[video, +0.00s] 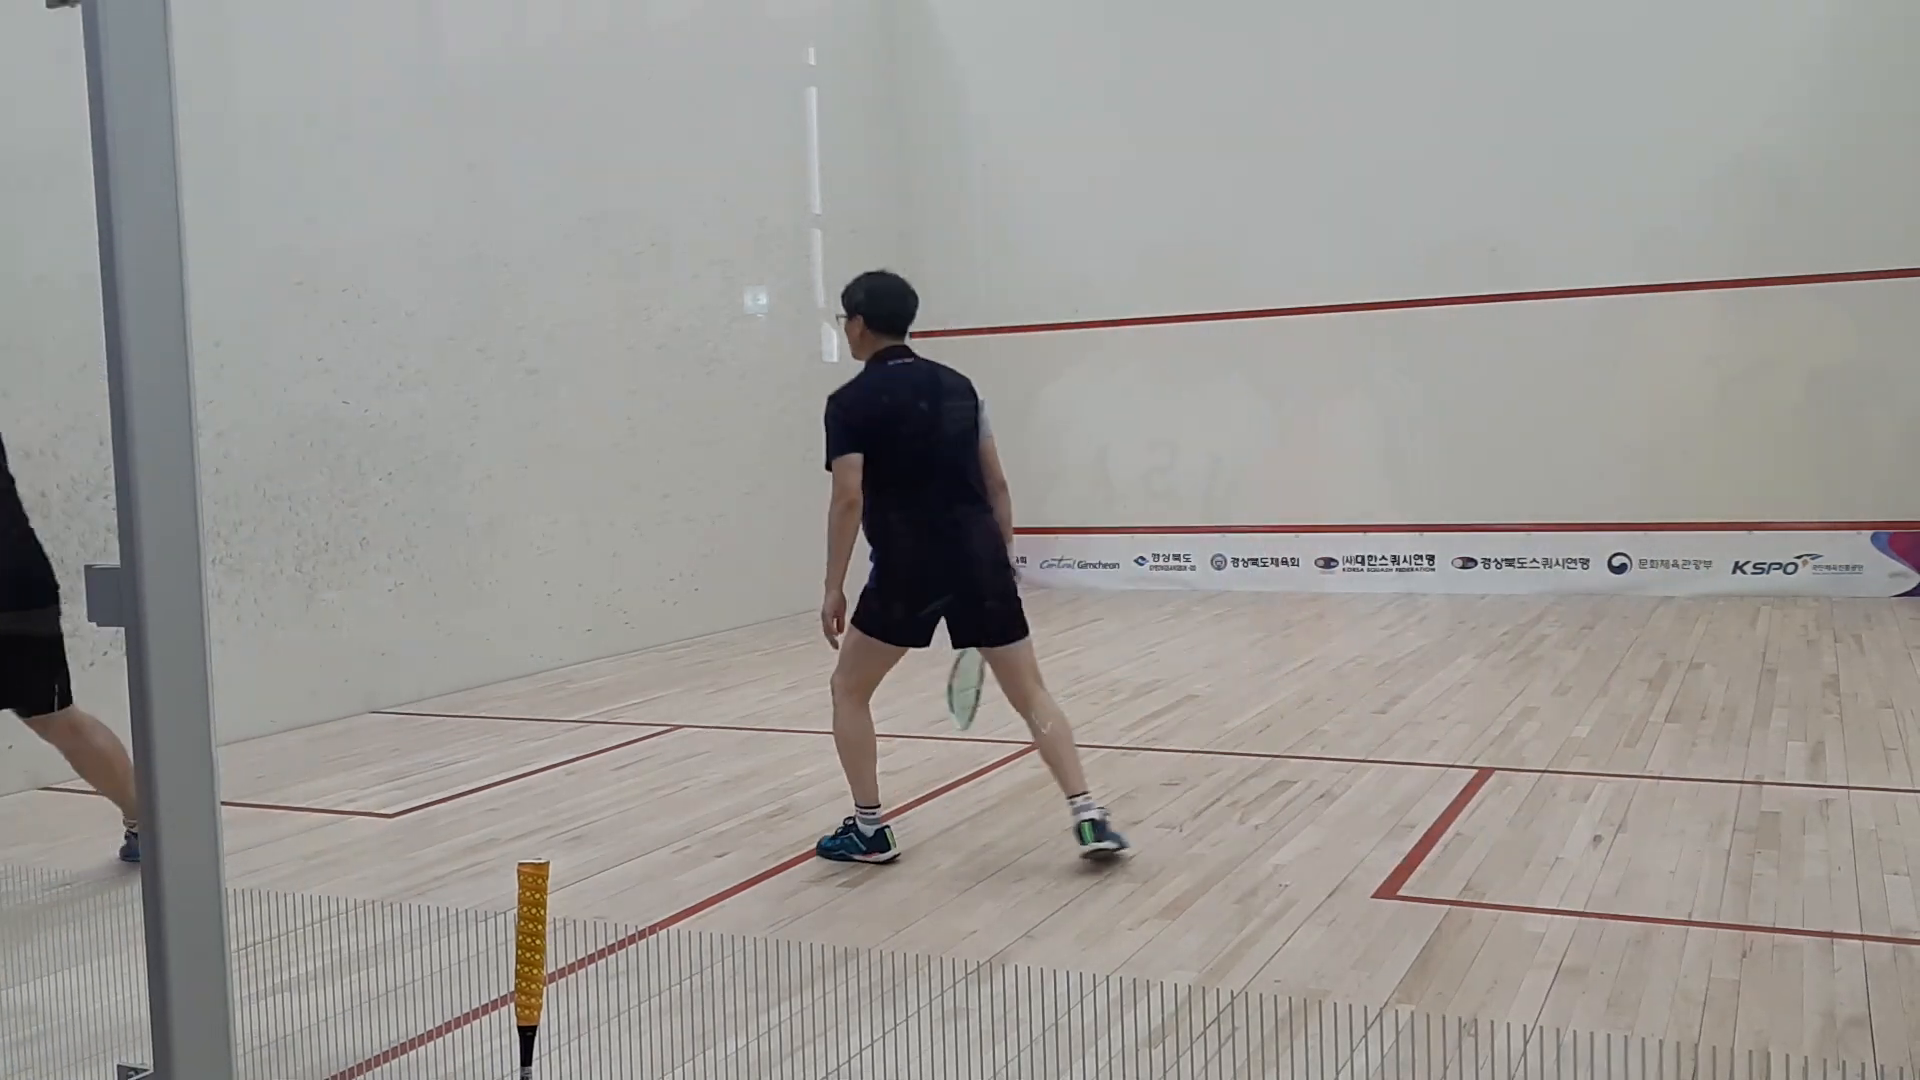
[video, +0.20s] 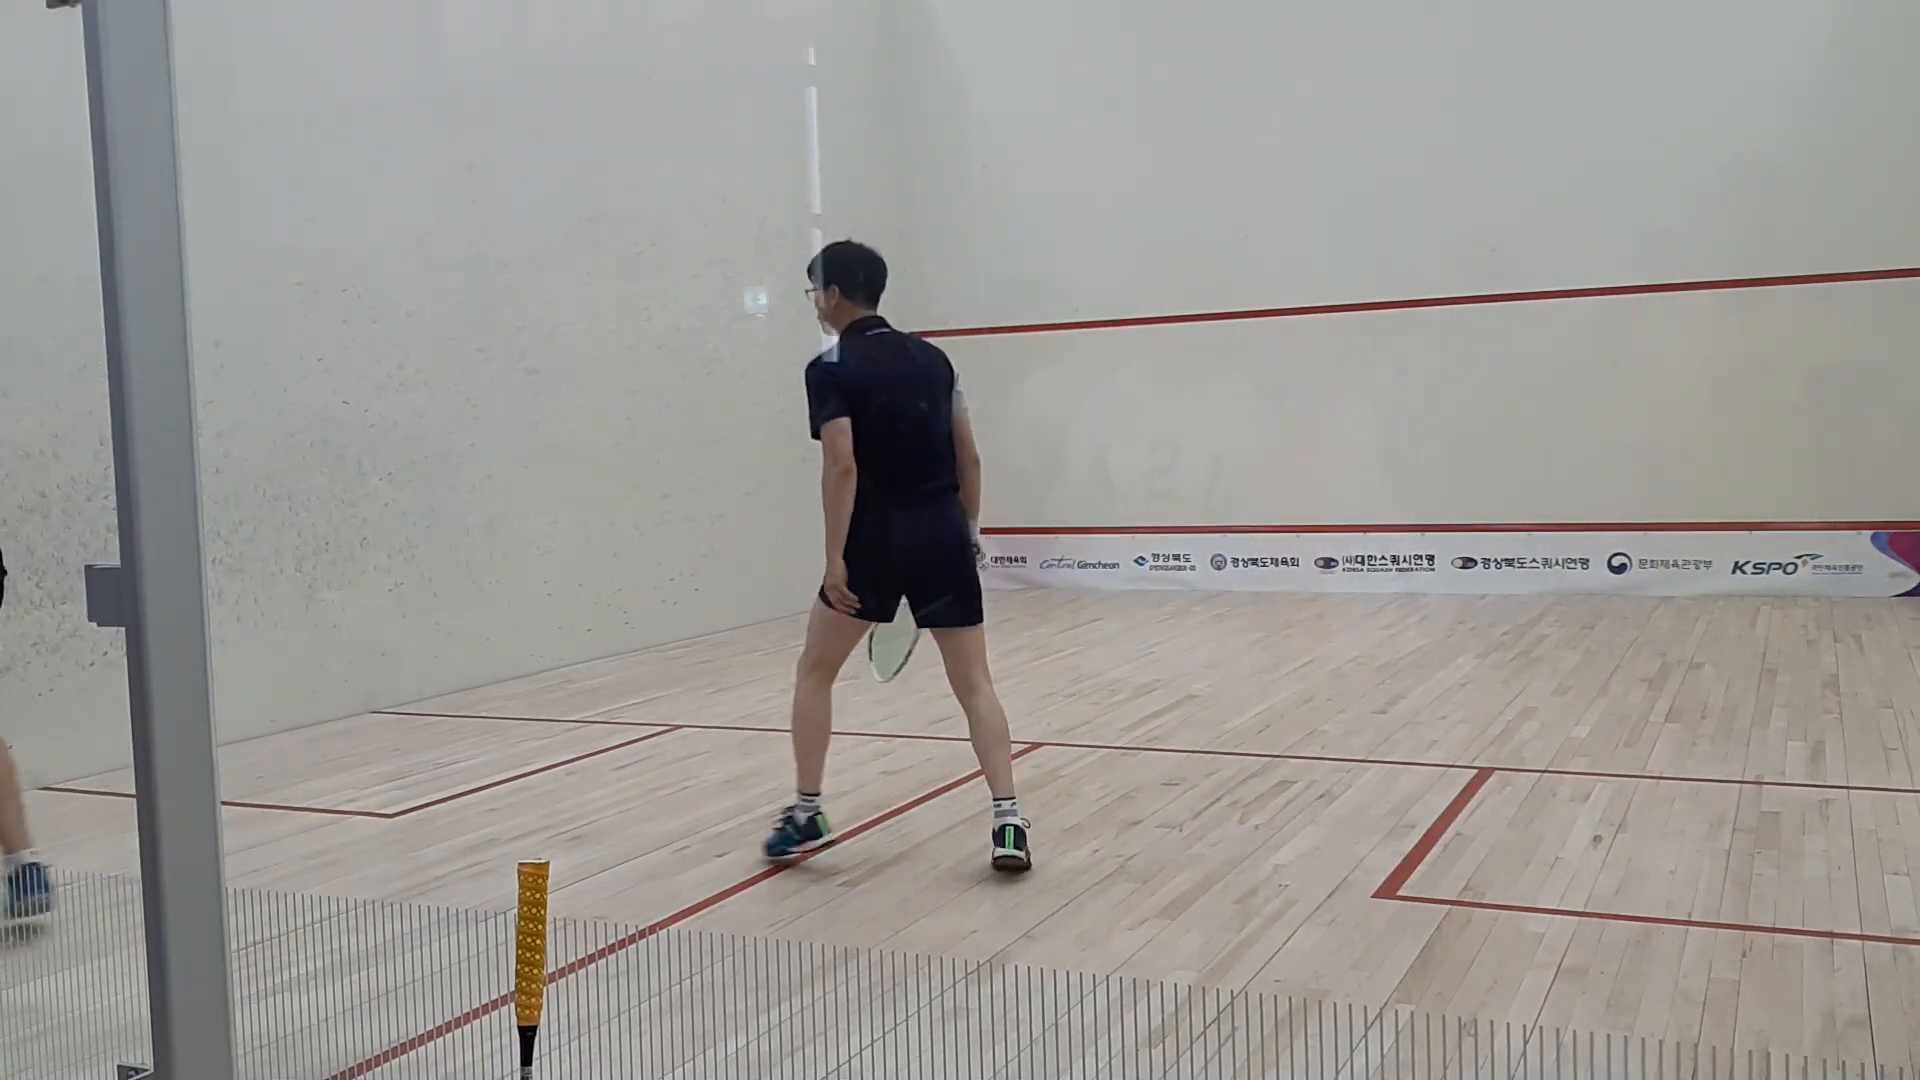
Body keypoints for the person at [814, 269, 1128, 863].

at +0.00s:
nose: (844, 329)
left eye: (846, 320)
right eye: (846, 320)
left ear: (860, 326)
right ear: (905, 323)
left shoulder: (850, 402)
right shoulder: (955, 384)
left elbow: (848, 498)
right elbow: (994, 482)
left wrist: (834, 586)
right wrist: (1000, 557)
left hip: (907, 574)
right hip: (982, 563)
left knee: (850, 689)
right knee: (1033, 696)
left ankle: (868, 824)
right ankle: (1087, 812)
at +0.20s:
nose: (814, 301)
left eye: (816, 291)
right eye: (815, 290)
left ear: (833, 296)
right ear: (875, 293)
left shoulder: (831, 368)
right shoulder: (931, 357)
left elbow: (841, 465)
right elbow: (968, 458)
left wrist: (834, 560)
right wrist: (967, 532)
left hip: (871, 546)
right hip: (945, 542)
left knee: (816, 671)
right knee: (976, 685)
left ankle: (806, 809)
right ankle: (1008, 816)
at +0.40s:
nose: (774, 331)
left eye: (774, 322)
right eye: (778, 321)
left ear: (783, 326)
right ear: (837, 322)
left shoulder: (772, 400)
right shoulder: (886, 389)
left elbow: (781, 494)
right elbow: (930, 483)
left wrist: (777, 586)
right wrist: (943, 557)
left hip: (813, 580)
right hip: (893, 574)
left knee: (738, 703)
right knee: (945, 701)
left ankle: (695, 835)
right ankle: (1003, 820)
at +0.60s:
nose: (702, 329)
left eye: (701, 321)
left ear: (702, 327)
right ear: (762, 325)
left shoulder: (676, 404)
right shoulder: (800, 391)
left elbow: (684, 495)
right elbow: (854, 474)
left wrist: (684, 585)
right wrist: (888, 552)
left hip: (731, 581)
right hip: (812, 571)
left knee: (690, 715)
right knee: (886, 695)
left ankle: (692, 847)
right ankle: (951, 820)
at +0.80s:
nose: (719, 287)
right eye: (725, 276)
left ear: (666, 285)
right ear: (729, 283)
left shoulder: (641, 356)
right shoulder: (766, 346)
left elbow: (641, 450)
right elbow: (811, 433)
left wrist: (637, 542)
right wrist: (841, 514)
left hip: (678, 538)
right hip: (761, 533)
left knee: (656, 689)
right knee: (793, 677)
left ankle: (648, 825)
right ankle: (817, 817)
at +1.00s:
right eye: (696, 336)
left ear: (634, 346)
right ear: (696, 344)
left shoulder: (613, 421)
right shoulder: (736, 413)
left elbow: (586, 516)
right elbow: (781, 504)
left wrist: (555, 609)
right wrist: (809, 586)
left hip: (630, 602)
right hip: (717, 604)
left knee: (553, 711)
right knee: (770, 732)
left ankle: (520, 834)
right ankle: (787, 865)